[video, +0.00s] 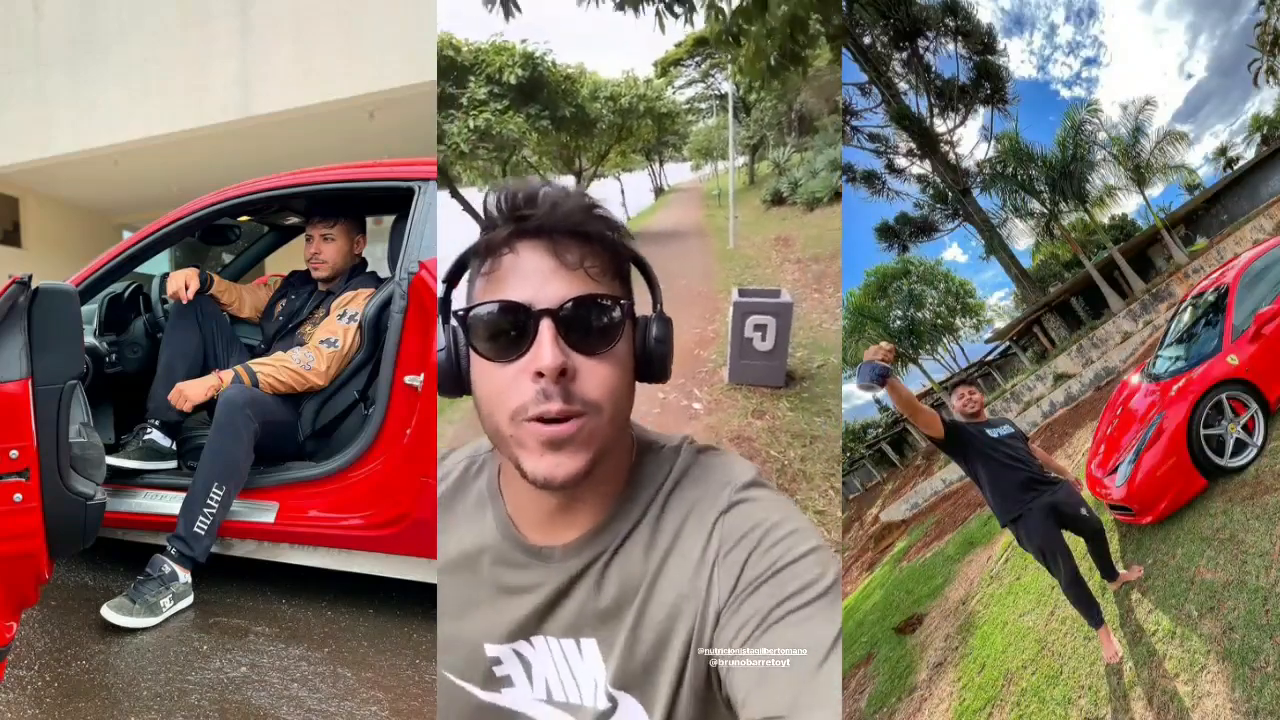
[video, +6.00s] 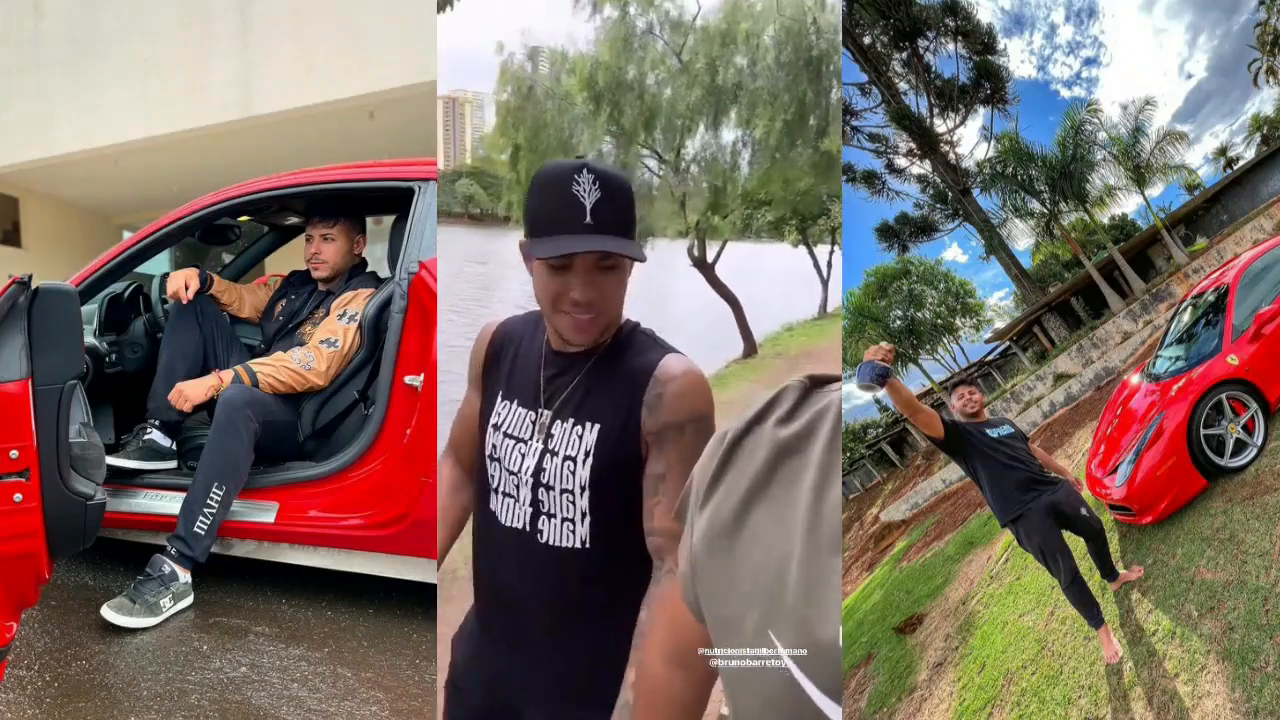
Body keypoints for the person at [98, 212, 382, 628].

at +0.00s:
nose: (314, 249)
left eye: (328, 239)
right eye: (310, 239)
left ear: (358, 245)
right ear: (304, 243)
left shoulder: (361, 297)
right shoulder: (291, 286)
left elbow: (315, 367)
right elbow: (241, 299)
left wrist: (220, 380)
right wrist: (201, 279)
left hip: (317, 411)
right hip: (266, 389)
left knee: (239, 402)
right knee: (196, 303)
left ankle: (177, 567)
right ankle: (161, 432)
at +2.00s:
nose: (314, 249)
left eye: (328, 239)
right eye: (310, 239)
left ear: (358, 245)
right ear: (305, 244)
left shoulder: (362, 297)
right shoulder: (291, 286)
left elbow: (315, 367)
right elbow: (242, 299)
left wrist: (220, 380)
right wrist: (201, 279)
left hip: (314, 412)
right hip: (260, 386)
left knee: (238, 402)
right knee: (195, 302)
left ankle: (176, 567)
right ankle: (160, 433)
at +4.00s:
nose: (315, 249)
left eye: (328, 239)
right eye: (310, 239)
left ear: (358, 245)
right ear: (304, 244)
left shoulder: (361, 297)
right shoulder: (292, 286)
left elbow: (315, 366)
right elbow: (243, 299)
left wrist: (219, 381)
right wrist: (203, 279)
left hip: (315, 411)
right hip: (265, 389)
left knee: (239, 402)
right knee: (196, 303)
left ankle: (177, 568)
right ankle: (161, 433)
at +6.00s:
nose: (314, 250)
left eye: (328, 239)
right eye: (310, 239)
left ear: (358, 245)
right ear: (304, 244)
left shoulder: (362, 297)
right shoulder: (292, 286)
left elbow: (315, 366)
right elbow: (242, 299)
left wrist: (219, 380)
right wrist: (202, 278)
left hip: (316, 410)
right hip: (266, 389)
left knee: (239, 402)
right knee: (196, 303)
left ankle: (177, 568)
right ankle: (161, 433)